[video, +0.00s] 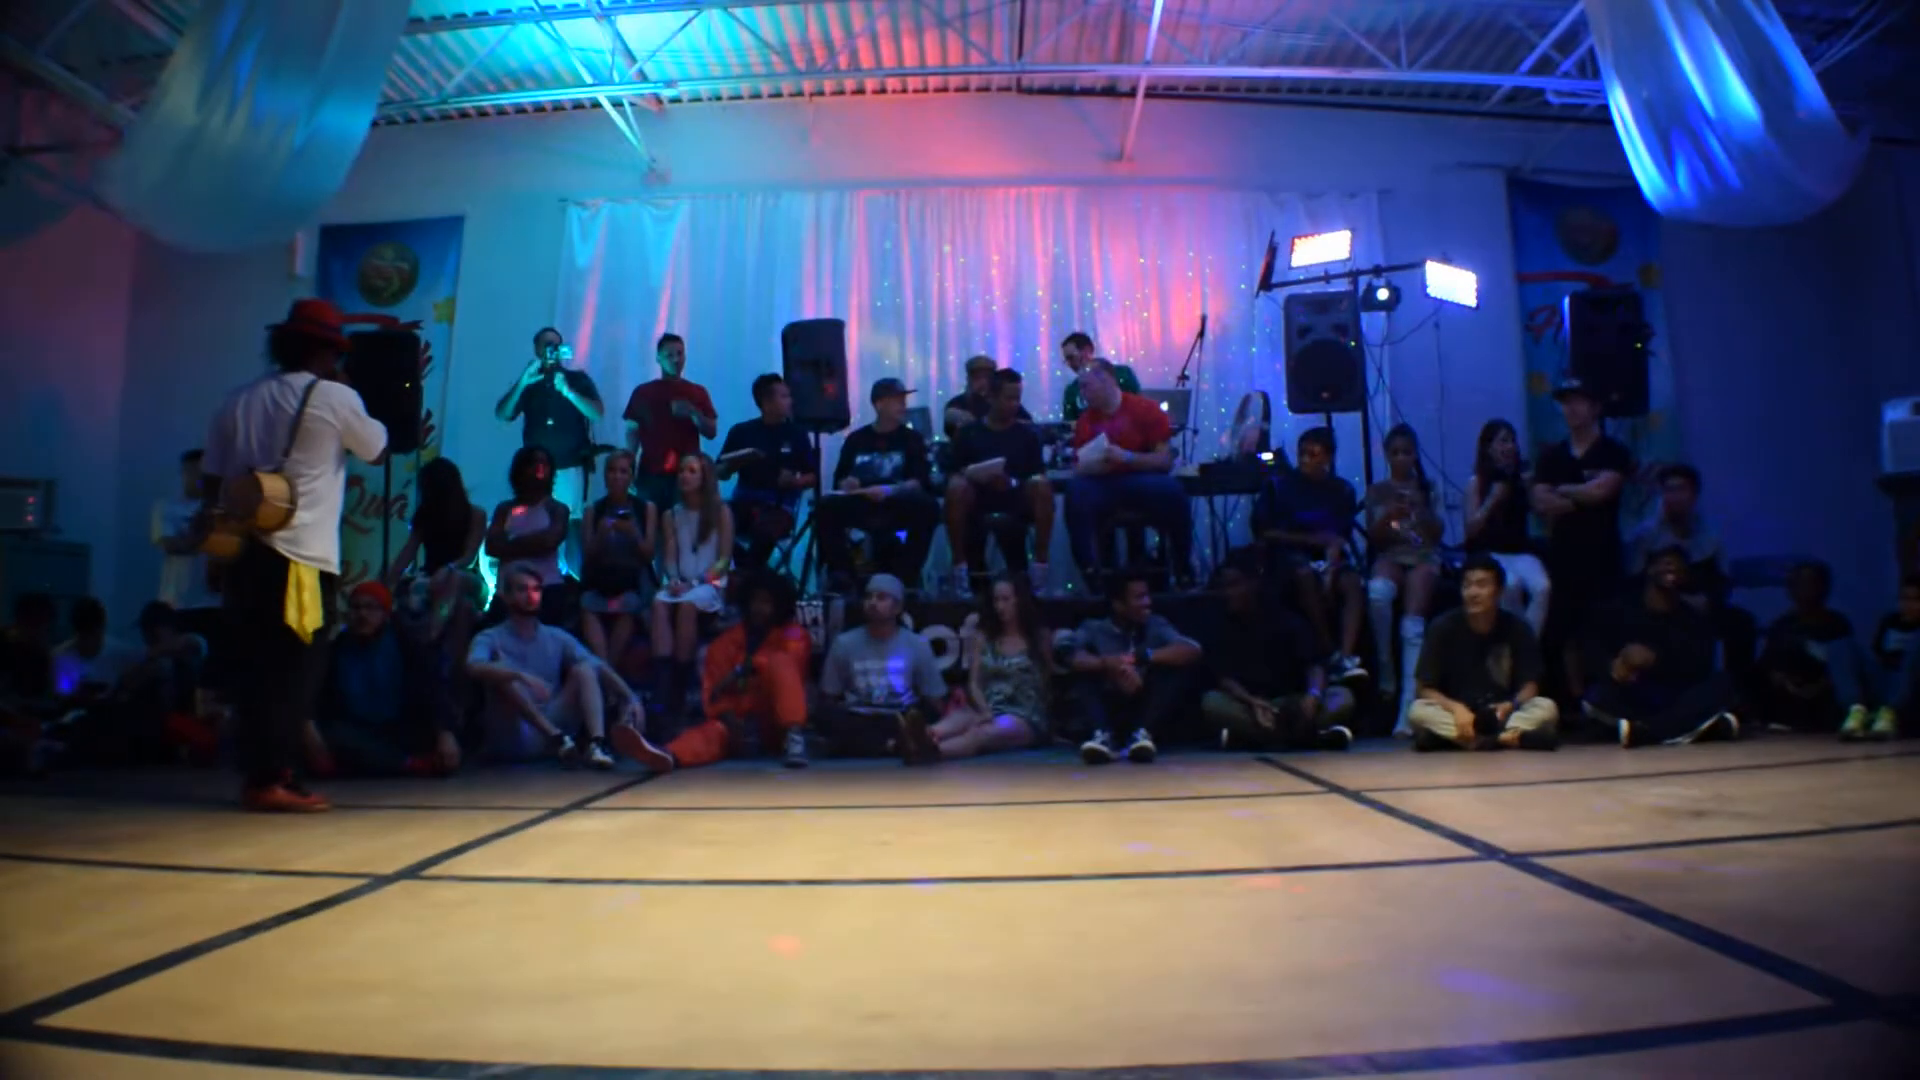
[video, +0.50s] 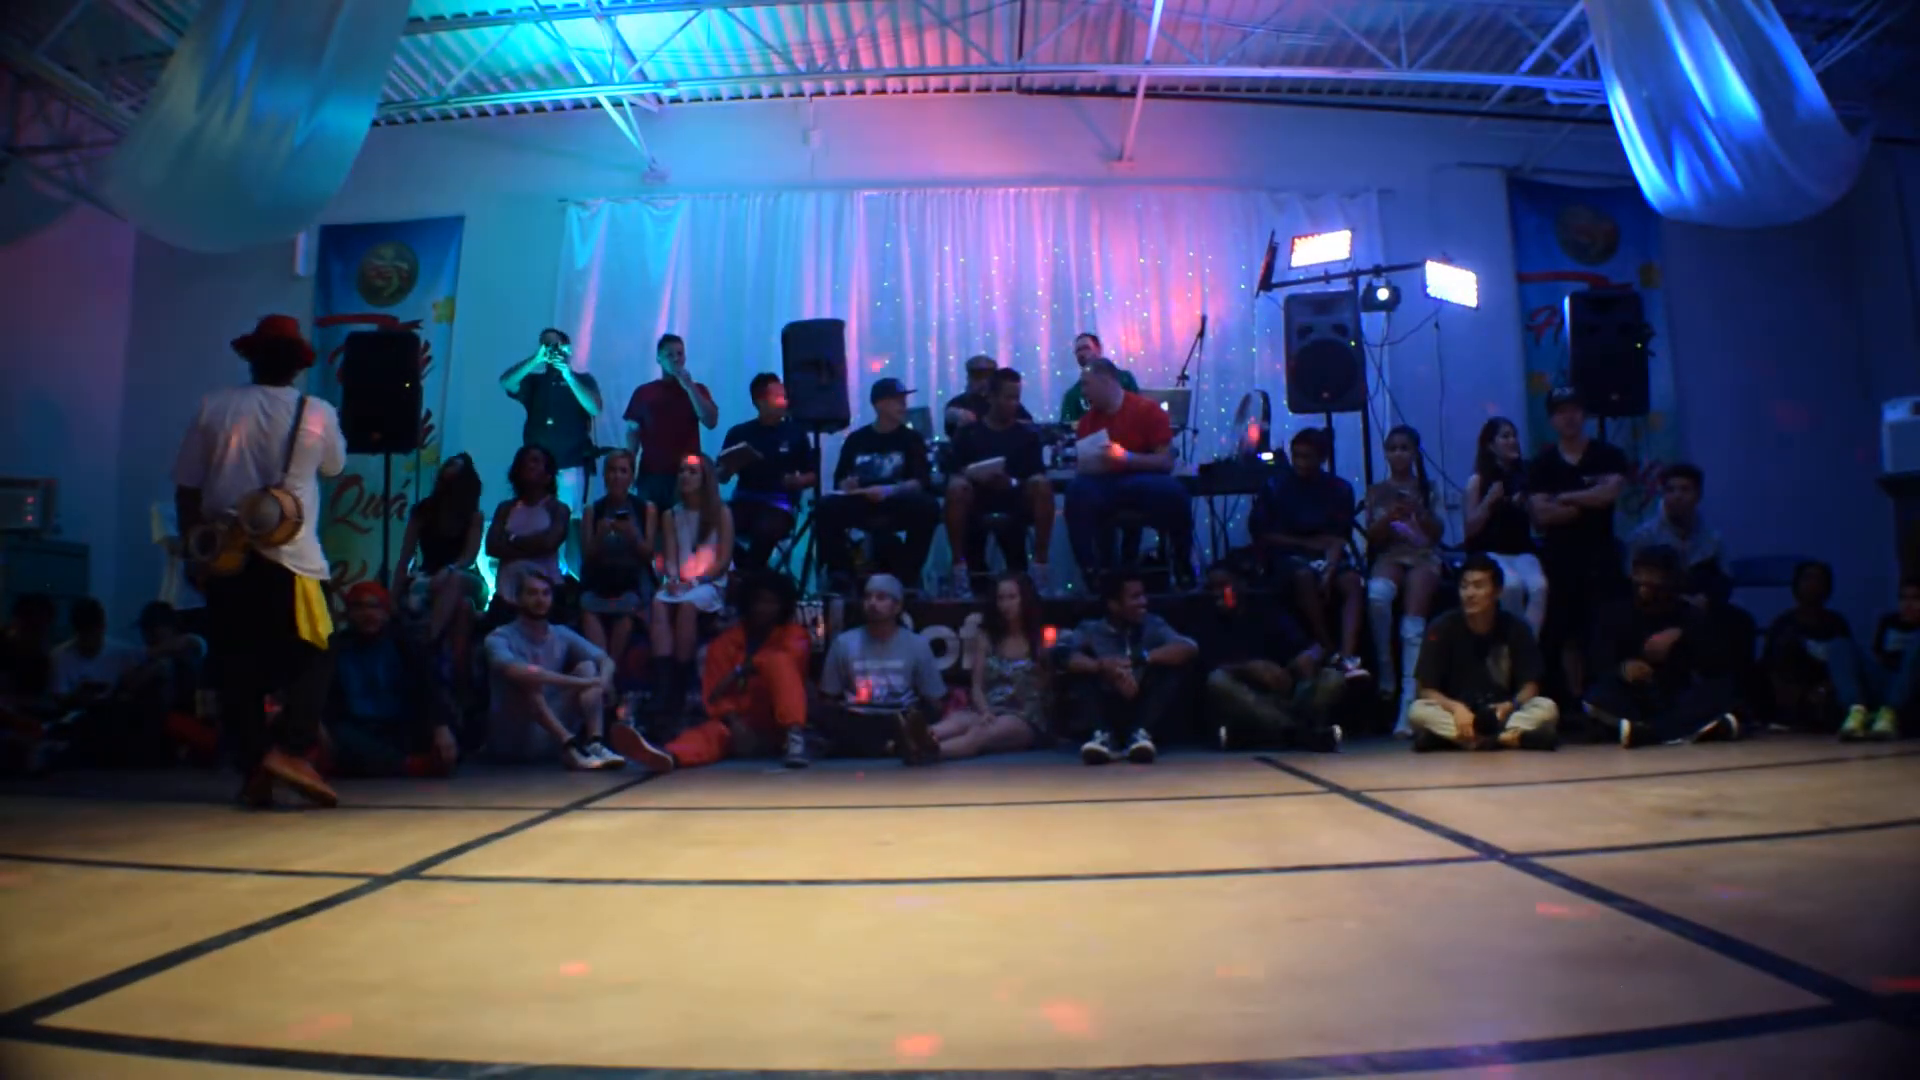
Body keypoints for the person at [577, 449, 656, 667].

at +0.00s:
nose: (618, 477)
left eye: (624, 471)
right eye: (613, 471)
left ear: (631, 476)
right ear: (605, 475)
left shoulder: (646, 508)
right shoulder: (592, 511)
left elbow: (648, 551)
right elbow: (588, 553)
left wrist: (631, 532)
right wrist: (602, 534)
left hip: (631, 574)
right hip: (600, 574)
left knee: (626, 608)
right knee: (589, 607)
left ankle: (609, 669)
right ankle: (603, 668)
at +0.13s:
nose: (618, 476)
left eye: (624, 471)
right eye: (613, 471)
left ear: (631, 475)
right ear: (605, 475)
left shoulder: (646, 509)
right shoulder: (592, 511)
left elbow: (648, 551)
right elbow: (588, 553)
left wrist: (631, 532)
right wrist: (602, 534)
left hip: (631, 573)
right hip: (600, 573)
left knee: (626, 607)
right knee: (589, 606)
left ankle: (611, 669)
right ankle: (602, 668)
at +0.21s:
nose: (617, 476)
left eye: (623, 471)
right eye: (612, 471)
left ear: (632, 476)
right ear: (605, 475)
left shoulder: (646, 509)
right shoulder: (592, 511)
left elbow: (648, 551)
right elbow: (588, 552)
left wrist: (631, 532)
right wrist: (602, 534)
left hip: (631, 574)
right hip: (599, 574)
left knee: (626, 607)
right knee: (589, 606)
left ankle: (612, 667)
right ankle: (601, 667)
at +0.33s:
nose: (617, 476)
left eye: (623, 471)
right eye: (612, 471)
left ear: (632, 476)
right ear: (605, 475)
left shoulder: (646, 509)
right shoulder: (592, 511)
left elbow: (648, 551)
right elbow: (588, 553)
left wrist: (631, 533)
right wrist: (602, 534)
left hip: (631, 574)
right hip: (599, 573)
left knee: (626, 608)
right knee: (589, 608)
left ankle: (611, 668)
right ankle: (601, 667)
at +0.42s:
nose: (617, 476)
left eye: (623, 471)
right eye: (612, 471)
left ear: (632, 475)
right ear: (605, 475)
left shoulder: (646, 509)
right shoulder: (592, 511)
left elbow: (648, 551)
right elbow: (588, 553)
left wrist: (630, 532)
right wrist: (601, 533)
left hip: (632, 576)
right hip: (600, 576)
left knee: (625, 611)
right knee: (589, 608)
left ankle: (611, 668)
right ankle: (601, 667)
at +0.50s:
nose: (618, 476)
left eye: (623, 471)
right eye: (612, 471)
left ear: (631, 476)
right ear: (605, 475)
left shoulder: (646, 509)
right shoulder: (592, 511)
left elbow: (647, 551)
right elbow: (588, 553)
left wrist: (630, 533)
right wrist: (600, 534)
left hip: (631, 576)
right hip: (599, 576)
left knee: (625, 612)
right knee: (588, 609)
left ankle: (611, 672)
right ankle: (601, 672)